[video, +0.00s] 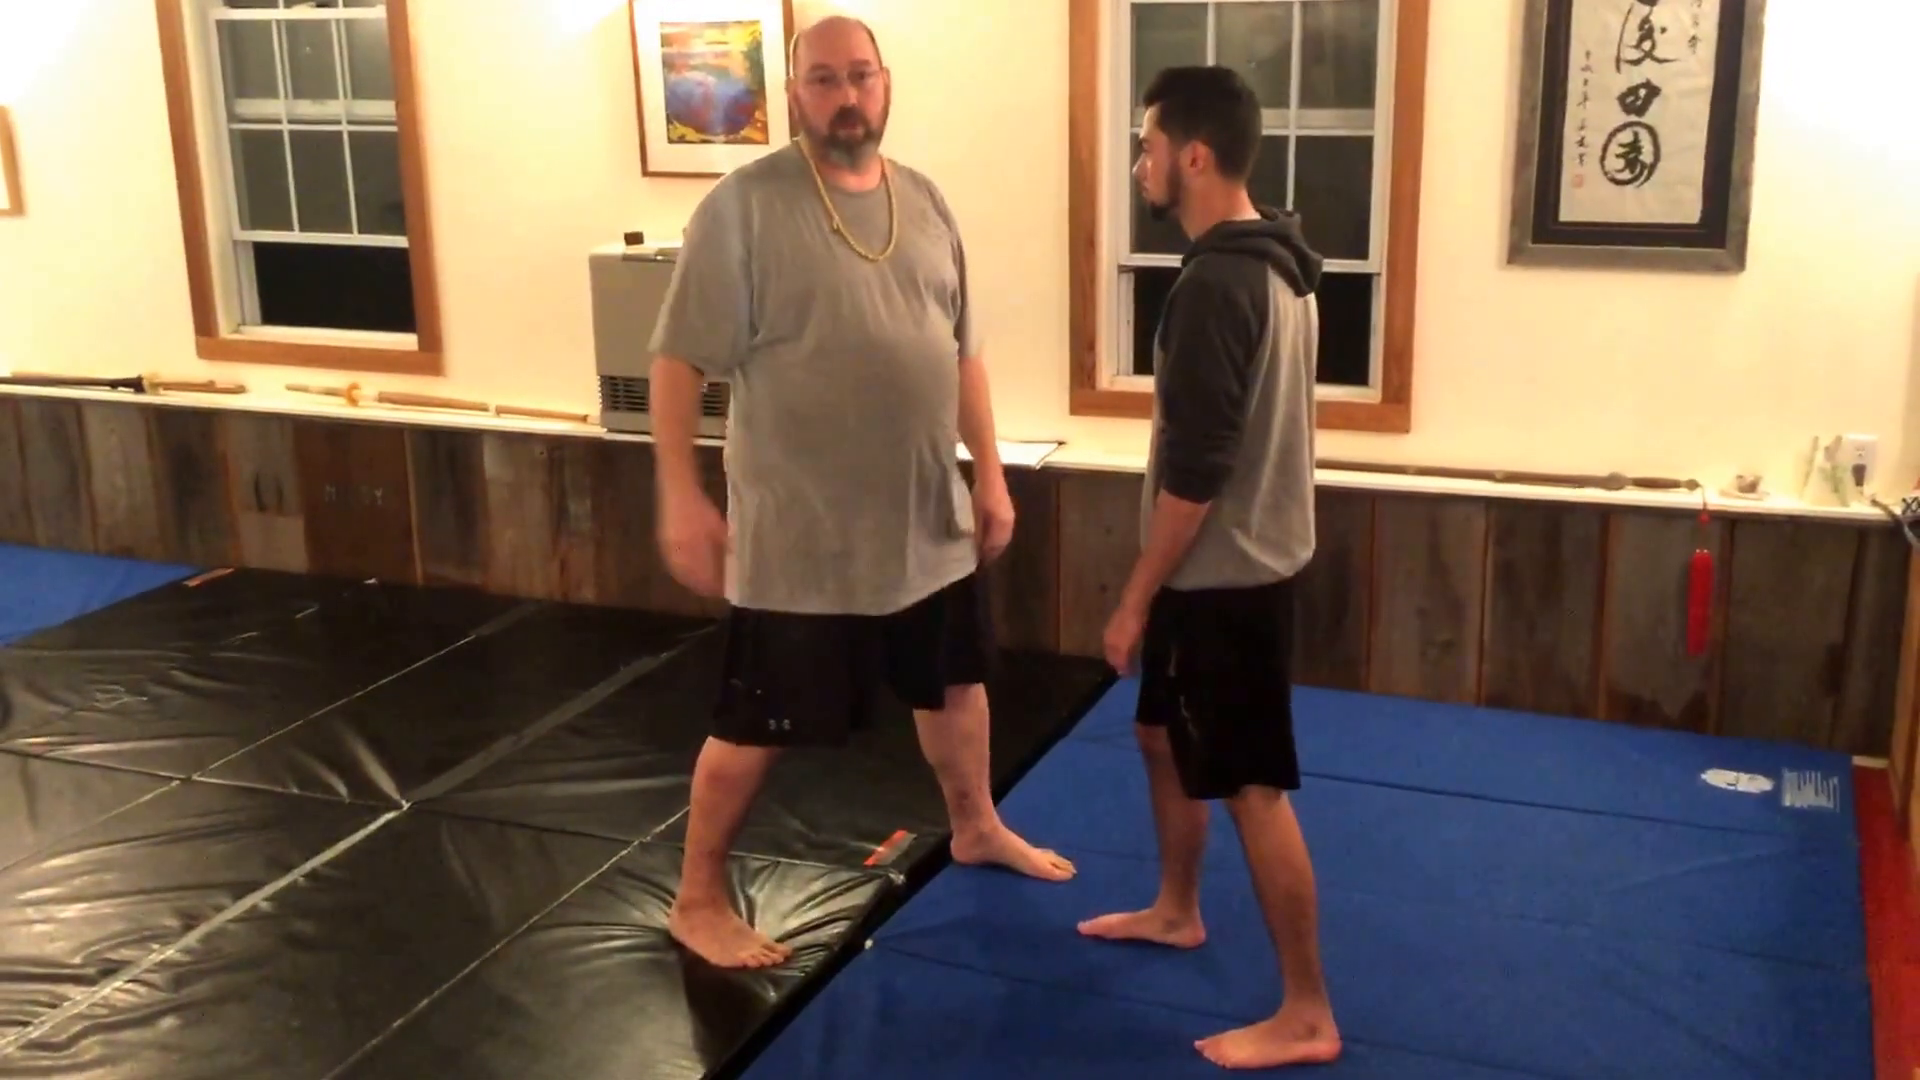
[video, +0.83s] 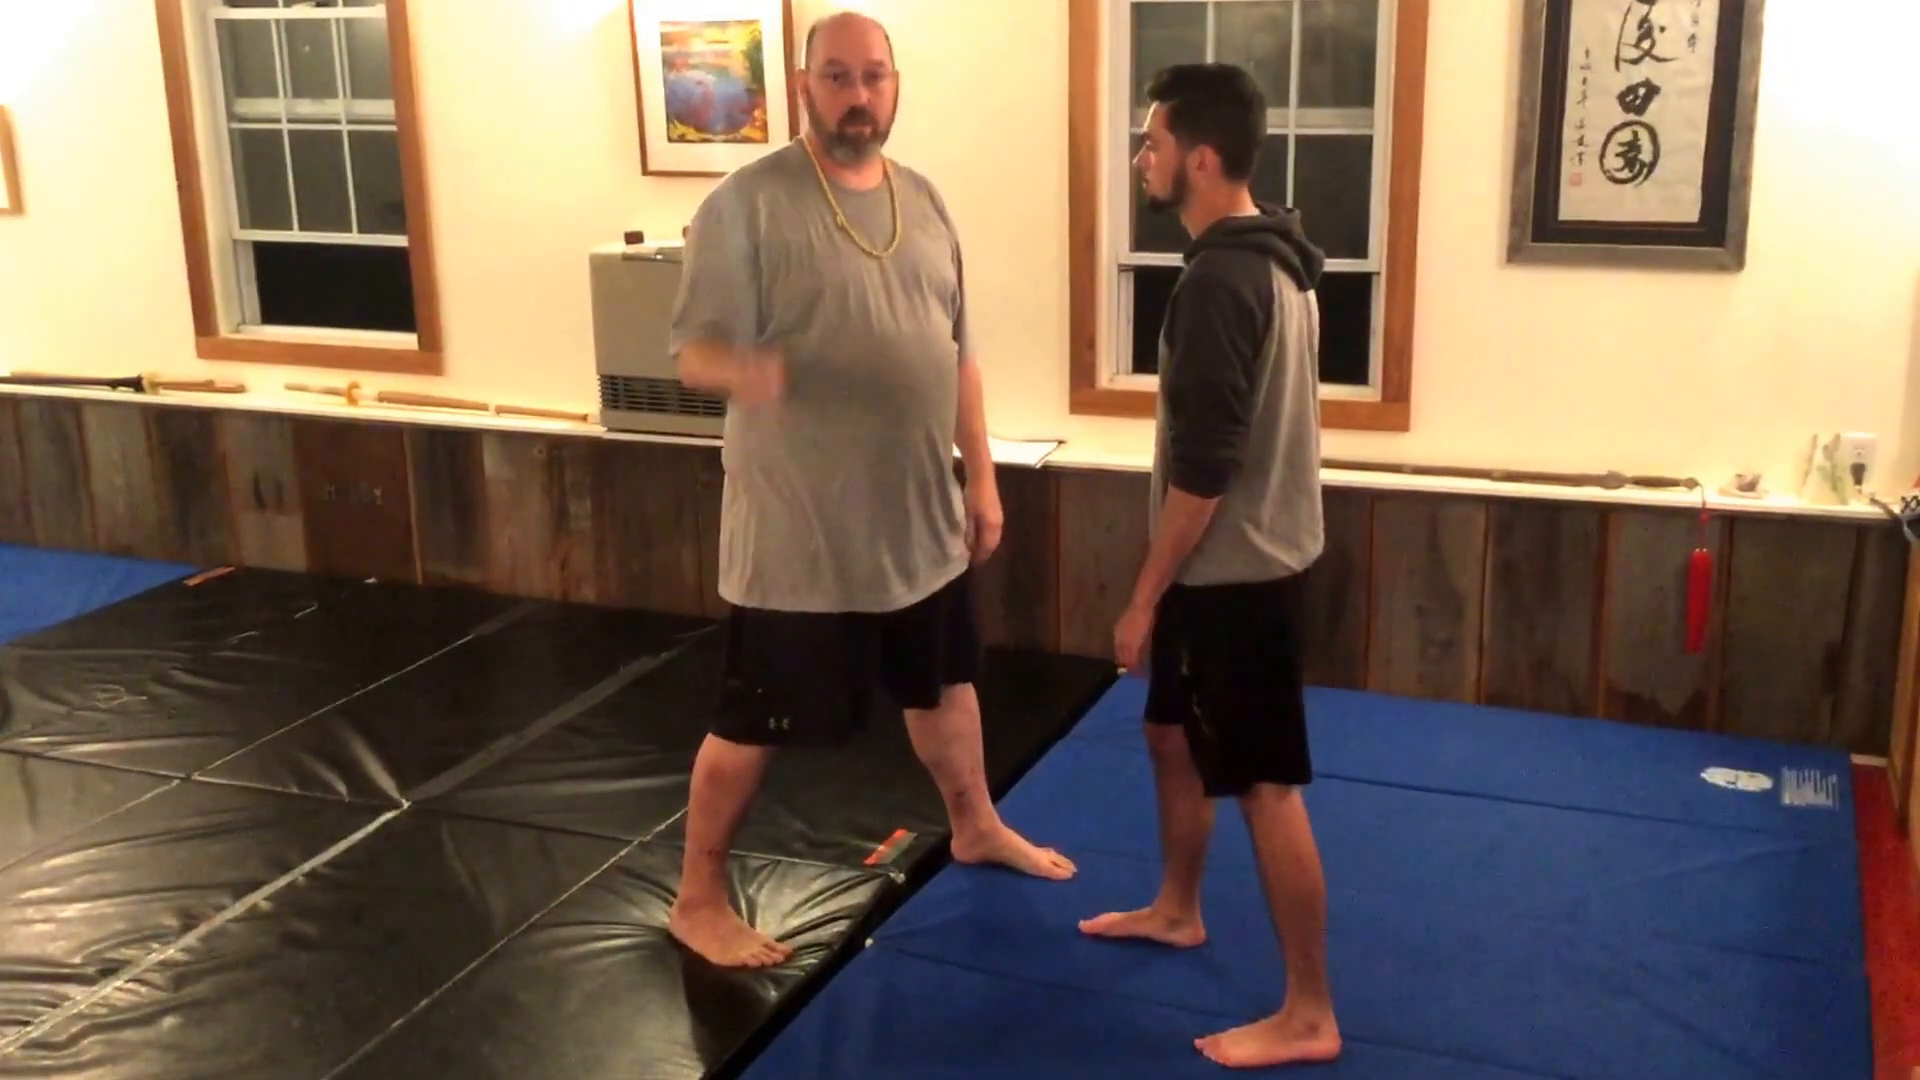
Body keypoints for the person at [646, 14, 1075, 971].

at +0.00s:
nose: (847, 95)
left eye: (861, 76)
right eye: (824, 80)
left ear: (888, 86)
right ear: (792, 94)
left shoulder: (925, 200)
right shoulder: (743, 206)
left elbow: (962, 346)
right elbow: (677, 358)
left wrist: (988, 471)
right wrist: (680, 496)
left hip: (926, 509)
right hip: (794, 523)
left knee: (955, 677)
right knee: (753, 723)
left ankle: (977, 828)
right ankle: (698, 895)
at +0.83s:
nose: (859, 94)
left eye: (875, 76)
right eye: (838, 76)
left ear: (897, 87)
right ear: (801, 87)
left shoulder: (925, 202)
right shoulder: (744, 205)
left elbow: (955, 353)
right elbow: (695, 351)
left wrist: (981, 478)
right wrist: (739, 368)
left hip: (919, 504)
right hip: (793, 517)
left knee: (945, 678)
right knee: (750, 720)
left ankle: (977, 828)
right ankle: (698, 897)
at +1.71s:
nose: (854, 96)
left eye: (869, 78)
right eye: (832, 79)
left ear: (892, 88)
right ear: (796, 90)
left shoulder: (922, 201)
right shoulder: (742, 205)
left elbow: (955, 348)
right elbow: (698, 366)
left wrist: (983, 473)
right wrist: (750, 508)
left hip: (918, 515)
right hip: (790, 531)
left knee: (945, 683)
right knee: (748, 725)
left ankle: (978, 828)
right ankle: (698, 897)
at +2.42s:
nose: (989, 131)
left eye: (993, 114)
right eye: (974, 111)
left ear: (945, 110)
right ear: (913, 102)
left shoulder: (944, 210)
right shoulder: (822, 212)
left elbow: (951, 358)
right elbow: (776, 378)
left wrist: (977, 467)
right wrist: (815, 523)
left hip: (939, 518)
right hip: (833, 532)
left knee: (984, 665)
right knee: (772, 719)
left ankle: (980, 825)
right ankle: (699, 895)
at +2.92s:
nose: (976, 131)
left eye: (980, 114)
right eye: (959, 112)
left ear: (938, 118)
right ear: (896, 110)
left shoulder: (925, 214)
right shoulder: (819, 225)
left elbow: (957, 354)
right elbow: (787, 390)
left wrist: (1025, 444)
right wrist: (821, 535)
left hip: (934, 522)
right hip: (834, 537)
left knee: (990, 662)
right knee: (770, 722)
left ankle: (981, 822)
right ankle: (676, 895)